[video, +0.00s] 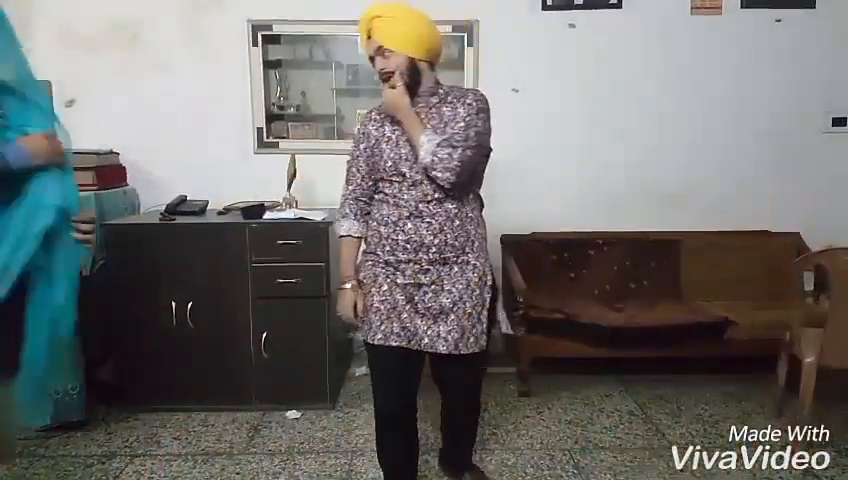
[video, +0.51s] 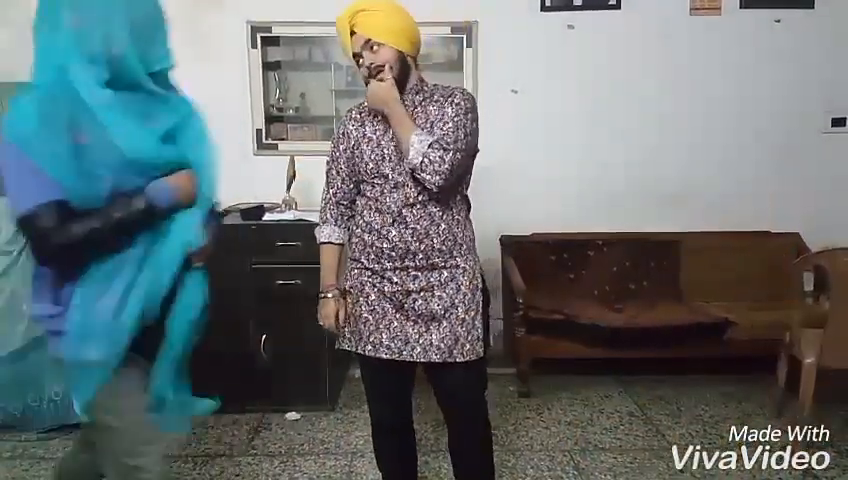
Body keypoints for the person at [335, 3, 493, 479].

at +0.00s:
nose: (378, 66)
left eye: (385, 53)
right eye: (373, 58)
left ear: (418, 50)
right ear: (373, 60)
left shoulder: (468, 106)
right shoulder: (375, 121)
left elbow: (453, 174)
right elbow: (355, 203)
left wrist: (406, 115)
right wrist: (347, 279)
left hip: (457, 277)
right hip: (387, 278)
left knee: (462, 393)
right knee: (392, 402)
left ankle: (457, 464)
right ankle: (397, 473)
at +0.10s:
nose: (371, 64)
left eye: (379, 52)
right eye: (366, 56)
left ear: (412, 51)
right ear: (367, 61)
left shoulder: (460, 106)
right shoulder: (366, 123)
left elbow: (441, 171)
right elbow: (346, 205)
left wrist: (397, 113)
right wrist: (340, 279)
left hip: (452, 278)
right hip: (380, 281)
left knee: (469, 392)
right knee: (388, 407)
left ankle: (462, 456)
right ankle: (397, 473)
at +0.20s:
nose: (367, 62)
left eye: (374, 49)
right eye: (361, 54)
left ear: (408, 48)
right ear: (361, 59)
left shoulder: (456, 105)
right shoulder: (360, 121)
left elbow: (437, 172)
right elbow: (340, 204)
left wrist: (392, 111)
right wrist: (334, 279)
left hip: (449, 281)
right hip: (377, 284)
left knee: (471, 397)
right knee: (387, 410)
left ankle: (471, 469)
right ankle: (397, 474)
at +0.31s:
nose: (364, 61)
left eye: (372, 49)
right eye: (358, 54)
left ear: (405, 47)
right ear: (358, 58)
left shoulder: (454, 104)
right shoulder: (357, 122)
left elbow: (435, 172)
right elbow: (337, 205)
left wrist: (389, 110)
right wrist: (330, 281)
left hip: (447, 285)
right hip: (374, 288)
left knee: (467, 415)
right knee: (387, 420)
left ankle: (478, 476)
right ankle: (397, 476)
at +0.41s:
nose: (364, 62)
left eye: (372, 48)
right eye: (358, 55)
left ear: (405, 45)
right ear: (356, 60)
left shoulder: (454, 105)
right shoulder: (356, 122)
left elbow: (439, 174)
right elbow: (336, 207)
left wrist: (391, 110)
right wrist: (329, 286)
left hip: (446, 288)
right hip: (374, 292)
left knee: (466, 420)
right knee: (387, 422)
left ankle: (477, 476)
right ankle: (398, 476)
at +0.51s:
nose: (367, 62)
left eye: (374, 48)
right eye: (359, 55)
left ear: (405, 44)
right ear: (355, 61)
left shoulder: (454, 104)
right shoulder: (354, 122)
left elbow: (441, 175)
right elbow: (335, 209)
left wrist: (394, 110)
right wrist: (329, 288)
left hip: (447, 286)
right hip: (374, 290)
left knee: (466, 419)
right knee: (389, 422)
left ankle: (475, 476)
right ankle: (399, 476)